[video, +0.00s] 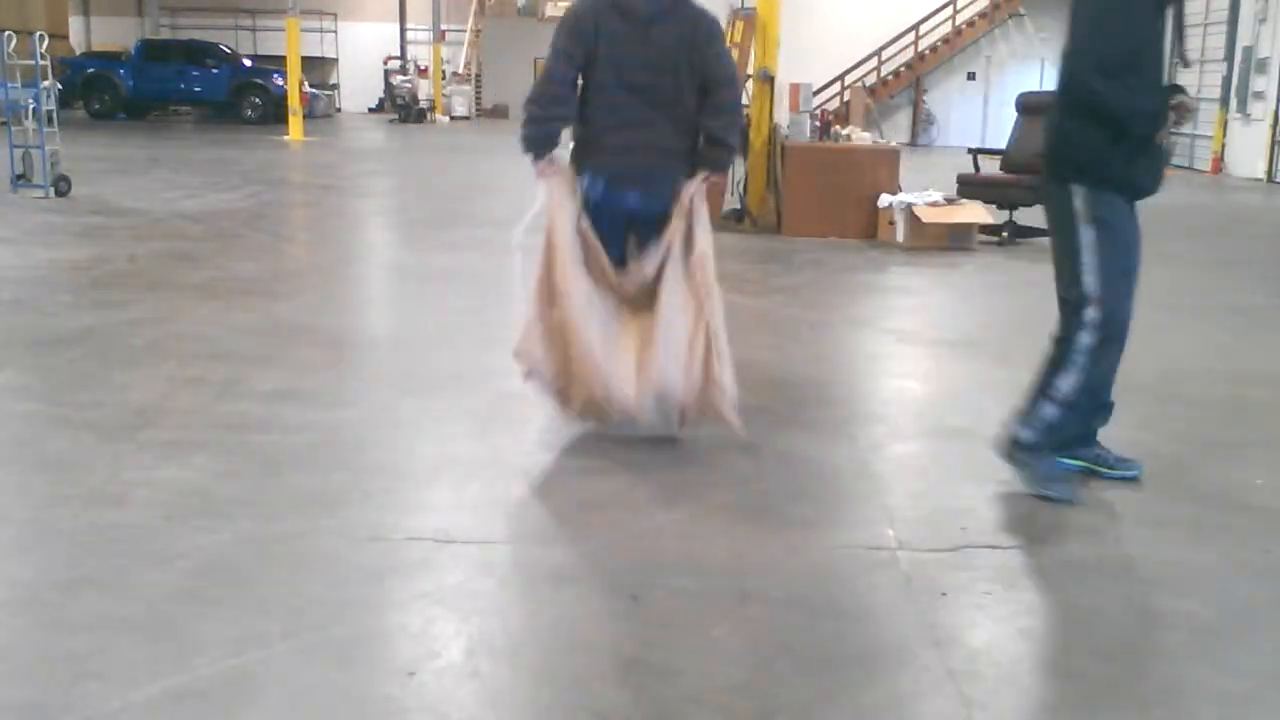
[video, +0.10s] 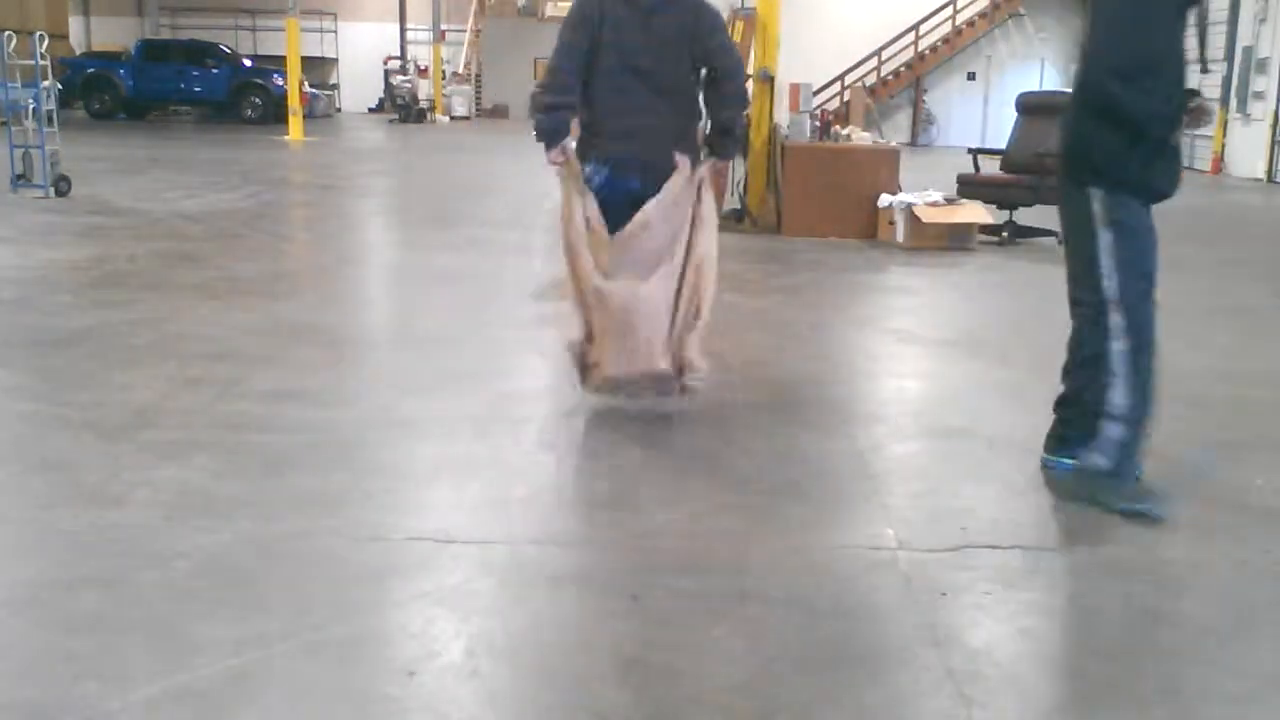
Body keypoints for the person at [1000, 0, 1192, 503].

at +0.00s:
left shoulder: (1141, 11)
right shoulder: (1116, 9)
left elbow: (1114, 76)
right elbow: (1091, 77)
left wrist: (1159, 102)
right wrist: (1157, 110)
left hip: (1109, 171)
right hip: (1083, 168)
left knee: (1109, 313)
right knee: (1092, 313)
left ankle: (1076, 438)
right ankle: (1032, 440)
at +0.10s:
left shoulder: (1149, 14)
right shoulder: (1142, 12)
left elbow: (1123, 76)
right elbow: (1116, 77)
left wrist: (1173, 108)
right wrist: (1167, 120)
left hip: (1103, 166)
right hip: (1107, 171)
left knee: (1099, 314)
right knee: (1120, 317)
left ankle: (1072, 446)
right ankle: (1105, 469)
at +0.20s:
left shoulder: (1177, 16)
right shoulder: (1164, 13)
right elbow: (1129, 80)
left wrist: (1194, 111)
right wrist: (1186, 123)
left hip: (1128, 171)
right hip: (1120, 172)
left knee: (1112, 314)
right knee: (1143, 316)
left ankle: (1073, 438)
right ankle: (1178, 473)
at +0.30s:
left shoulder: (1212, 14)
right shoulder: (1189, 10)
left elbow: (1178, 75)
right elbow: (1150, 84)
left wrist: (1222, 106)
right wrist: (1212, 122)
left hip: (1152, 165)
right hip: (1144, 166)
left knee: (1130, 312)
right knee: (1177, 318)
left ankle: (1073, 437)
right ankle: (1213, 477)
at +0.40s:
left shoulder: (1235, 15)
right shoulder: (1222, 13)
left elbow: (1207, 80)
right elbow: (1181, 85)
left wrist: (1252, 112)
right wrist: (1244, 123)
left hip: (1178, 165)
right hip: (1176, 168)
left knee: (1152, 316)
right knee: (1208, 324)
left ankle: (1076, 437)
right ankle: (1226, 482)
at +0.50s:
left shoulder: (1244, 16)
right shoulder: (1246, 17)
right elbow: (1222, 91)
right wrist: (1265, 155)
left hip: (1210, 183)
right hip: (1212, 185)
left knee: (1191, 327)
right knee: (1244, 340)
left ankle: (1094, 422)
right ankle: (1227, 483)